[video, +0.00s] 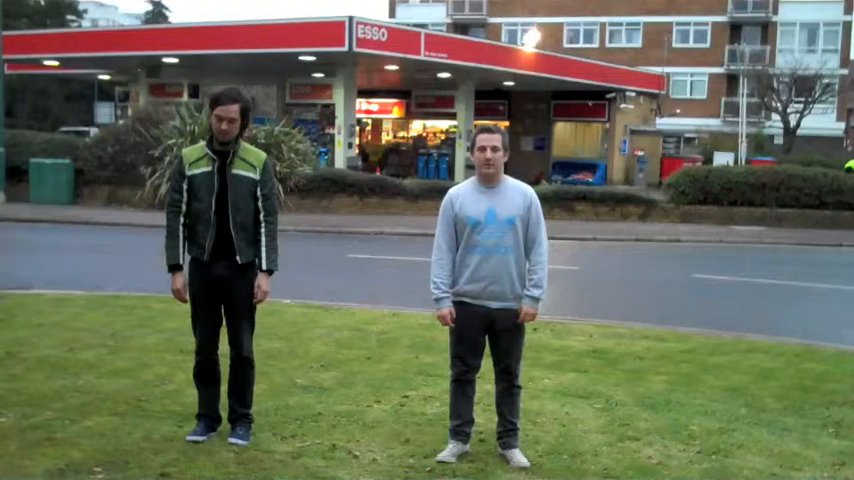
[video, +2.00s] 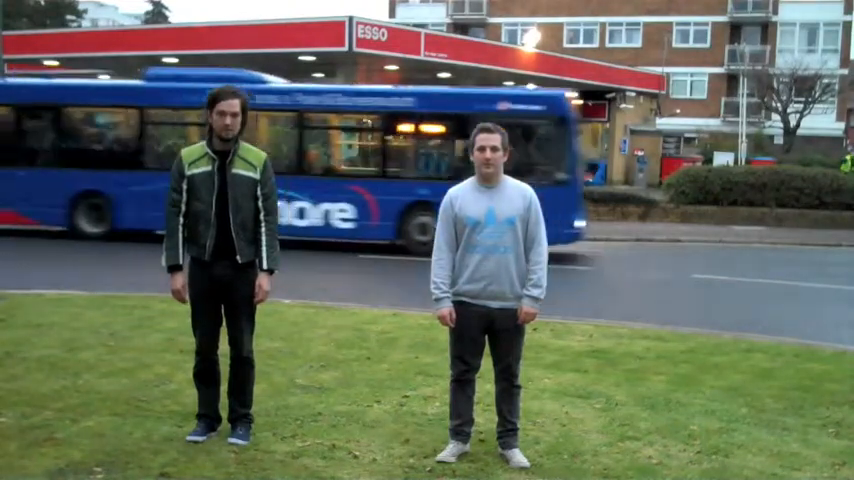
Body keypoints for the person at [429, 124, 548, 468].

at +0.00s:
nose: (487, 155)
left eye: (494, 150)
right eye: (481, 149)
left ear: (505, 155)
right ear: (472, 154)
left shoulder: (525, 196)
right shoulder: (456, 197)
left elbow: (538, 250)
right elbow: (442, 251)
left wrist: (533, 298)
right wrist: (442, 298)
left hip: (510, 305)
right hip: (466, 303)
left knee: (509, 379)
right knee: (462, 376)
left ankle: (510, 444)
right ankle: (458, 440)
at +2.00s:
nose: (487, 155)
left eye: (493, 149)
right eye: (481, 149)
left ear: (505, 155)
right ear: (472, 154)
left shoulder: (524, 195)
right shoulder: (455, 197)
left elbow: (538, 250)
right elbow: (442, 252)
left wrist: (533, 297)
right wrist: (442, 298)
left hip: (510, 305)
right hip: (466, 304)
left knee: (509, 379)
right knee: (462, 376)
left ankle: (509, 444)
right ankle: (458, 440)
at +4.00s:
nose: (487, 156)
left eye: (494, 150)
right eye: (481, 150)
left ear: (504, 155)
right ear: (472, 155)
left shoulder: (524, 196)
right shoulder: (455, 197)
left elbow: (537, 250)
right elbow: (443, 252)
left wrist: (531, 298)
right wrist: (443, 299)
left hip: (510, 305)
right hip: (467, 304)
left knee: (509, 379)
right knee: (462, 376)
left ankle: (509, 444)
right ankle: (458, 440)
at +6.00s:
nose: (486, 186)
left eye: (495, 180)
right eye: (484, 180)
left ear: (515, 187)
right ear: (481, 185)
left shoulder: (541, 223)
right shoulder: (472, 225)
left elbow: (564, 265)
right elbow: (459, 266)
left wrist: (558, 305)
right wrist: (444, 276)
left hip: (531, 317)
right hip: (489, 314)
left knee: (524, 383)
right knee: (473, 372)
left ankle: (508, 444)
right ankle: (465, 440)